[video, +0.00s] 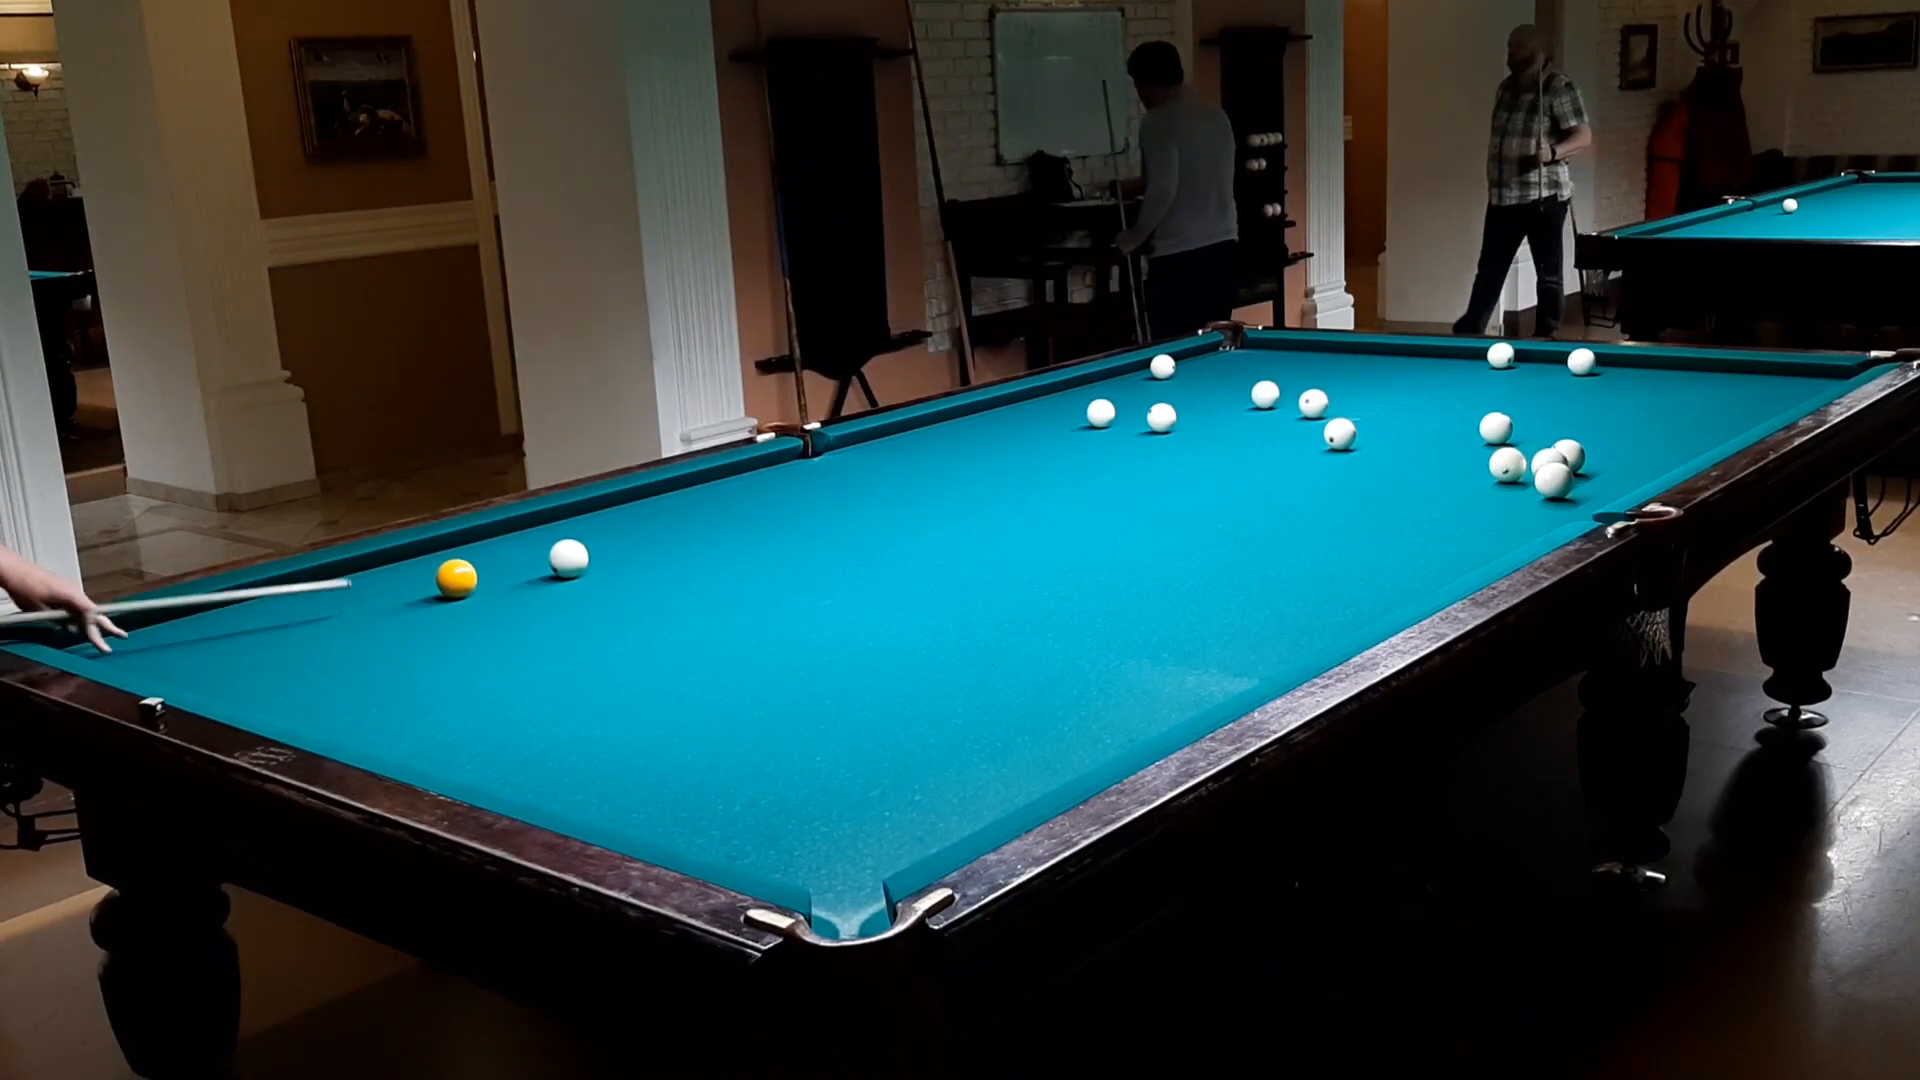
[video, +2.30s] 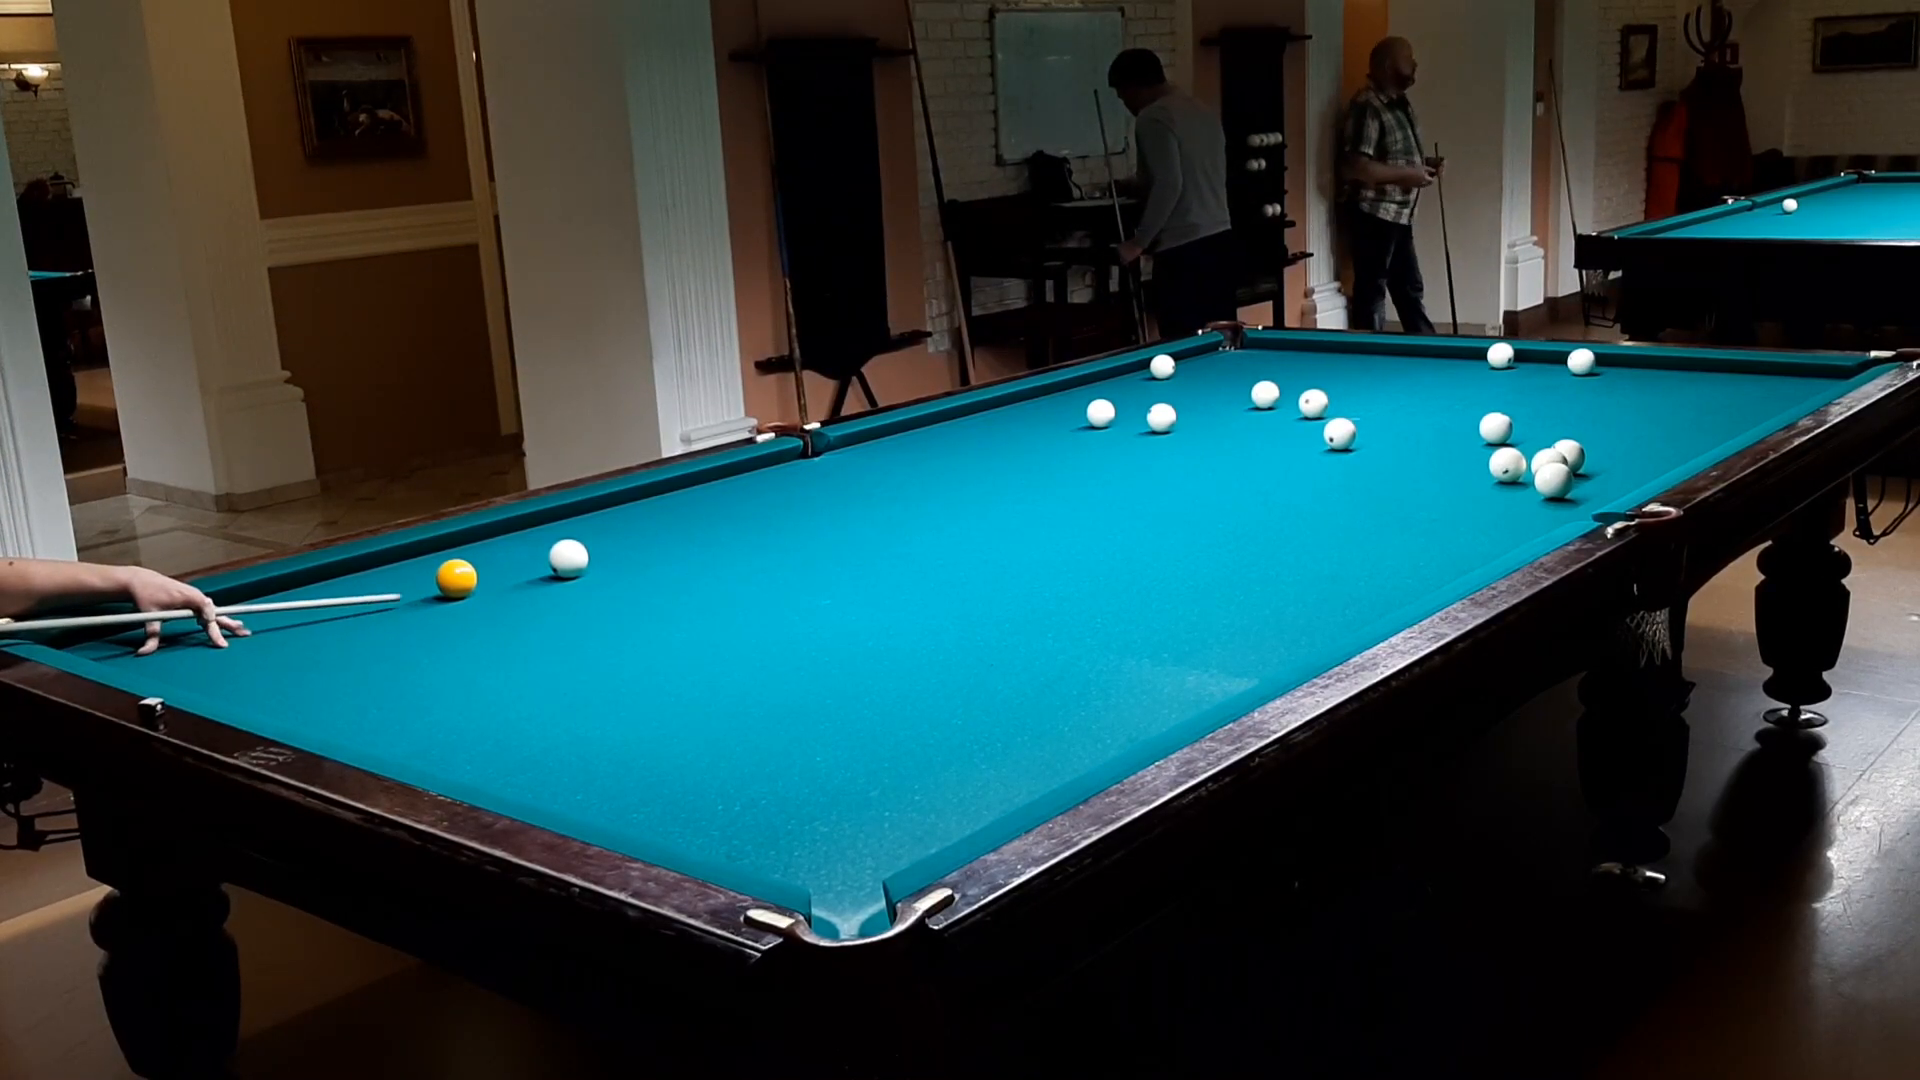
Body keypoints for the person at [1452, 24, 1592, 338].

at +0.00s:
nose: (1511, 53)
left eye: (1519, 47)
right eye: (1510, 47)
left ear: (1539, 51)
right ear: (1509, 50)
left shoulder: (1559, 87)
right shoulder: (1506, 88)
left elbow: (1583, 136)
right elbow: (1502, 136)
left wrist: (1554, 152)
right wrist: (1497, 177)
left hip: (1545, 196)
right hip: (1505, 196)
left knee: (1549, 272)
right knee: (1490, 269)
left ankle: (1545, 335)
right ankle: (1469, 332)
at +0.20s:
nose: (1485, 57)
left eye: (1492, 50)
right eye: (1484, 50)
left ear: (1513, 54)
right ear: (1485, 52)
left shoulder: (1538, 90)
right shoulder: (1477, 94)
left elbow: (1562, 138)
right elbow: (1470, 144)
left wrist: (1540, 153)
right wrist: (1468, 190)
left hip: (1522, 202)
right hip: (1480, 202)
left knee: (1532, 277)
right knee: (1470, 277)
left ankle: (1541, 342)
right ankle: (1459, 341)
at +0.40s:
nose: (1459, 57)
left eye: (1466, 51)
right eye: (1458, 51)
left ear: (1486, 53)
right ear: (1457, 52)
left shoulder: (1516, 88)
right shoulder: (1447, 97)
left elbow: (1540, 132)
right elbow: (1431, 149)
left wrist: (1525, 150)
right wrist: (1415, 197)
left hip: (1499, 202)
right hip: (1457, 203)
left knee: (1505, 271)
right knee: (1459, 278)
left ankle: (1526, 337)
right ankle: (1458, 340)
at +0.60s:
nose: (1443, 61)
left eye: (1450, 54)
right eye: (1441, 54)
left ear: (1470, 54)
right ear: (1438, 55)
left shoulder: (1499, 88)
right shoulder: (1429, 98)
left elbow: (1523, 130)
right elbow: (1409, 143)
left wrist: (1509, 154)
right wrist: (1388, 182)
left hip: (1485, 199)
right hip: (1444, 202)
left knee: (1483, 274)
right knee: (1451, 277)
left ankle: (1487, 341)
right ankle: (1456, 341)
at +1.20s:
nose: (1447, 58)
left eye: (1454, 51)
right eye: (1439, 52)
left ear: (1467, 56)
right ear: (1429, 55)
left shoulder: (1478, 98)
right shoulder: (1408, 94)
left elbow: (1486, 150)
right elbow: (1386, 142)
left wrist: (1486, 193)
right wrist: (1406, 184)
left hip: (1461, 211)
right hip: (1418, 209)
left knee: (1451, 288)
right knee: (1406, 284)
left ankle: (1442, 354)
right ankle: (1405, 352)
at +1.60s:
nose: (1433, 59)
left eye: (1437, 52)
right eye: (1424, 52)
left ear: (1444, 56)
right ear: (1407, 56)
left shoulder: (1442, 96)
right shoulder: (1394, 94)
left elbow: (1446, 151)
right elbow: (1379, 150)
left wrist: (1459, 191)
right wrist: (1416, 183)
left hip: (1441, 210)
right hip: (1407, 209)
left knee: (1440, 286)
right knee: (1396, 285)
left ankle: (1435, 353)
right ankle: (1379, 352)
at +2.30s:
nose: (1414, 67)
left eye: (1413, 60)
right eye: (1408, 60)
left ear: (1390, 66)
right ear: (1386, 65)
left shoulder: (1400, 103)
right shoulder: (1366, 105)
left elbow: (1395, 158)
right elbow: (1357, 166)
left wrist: (1424, 164)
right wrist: (1407, 175)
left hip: (1397, 217)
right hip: (1371, 216)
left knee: (1409, 290)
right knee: (1370, 291)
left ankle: (1427, 352)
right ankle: (1367, 356)